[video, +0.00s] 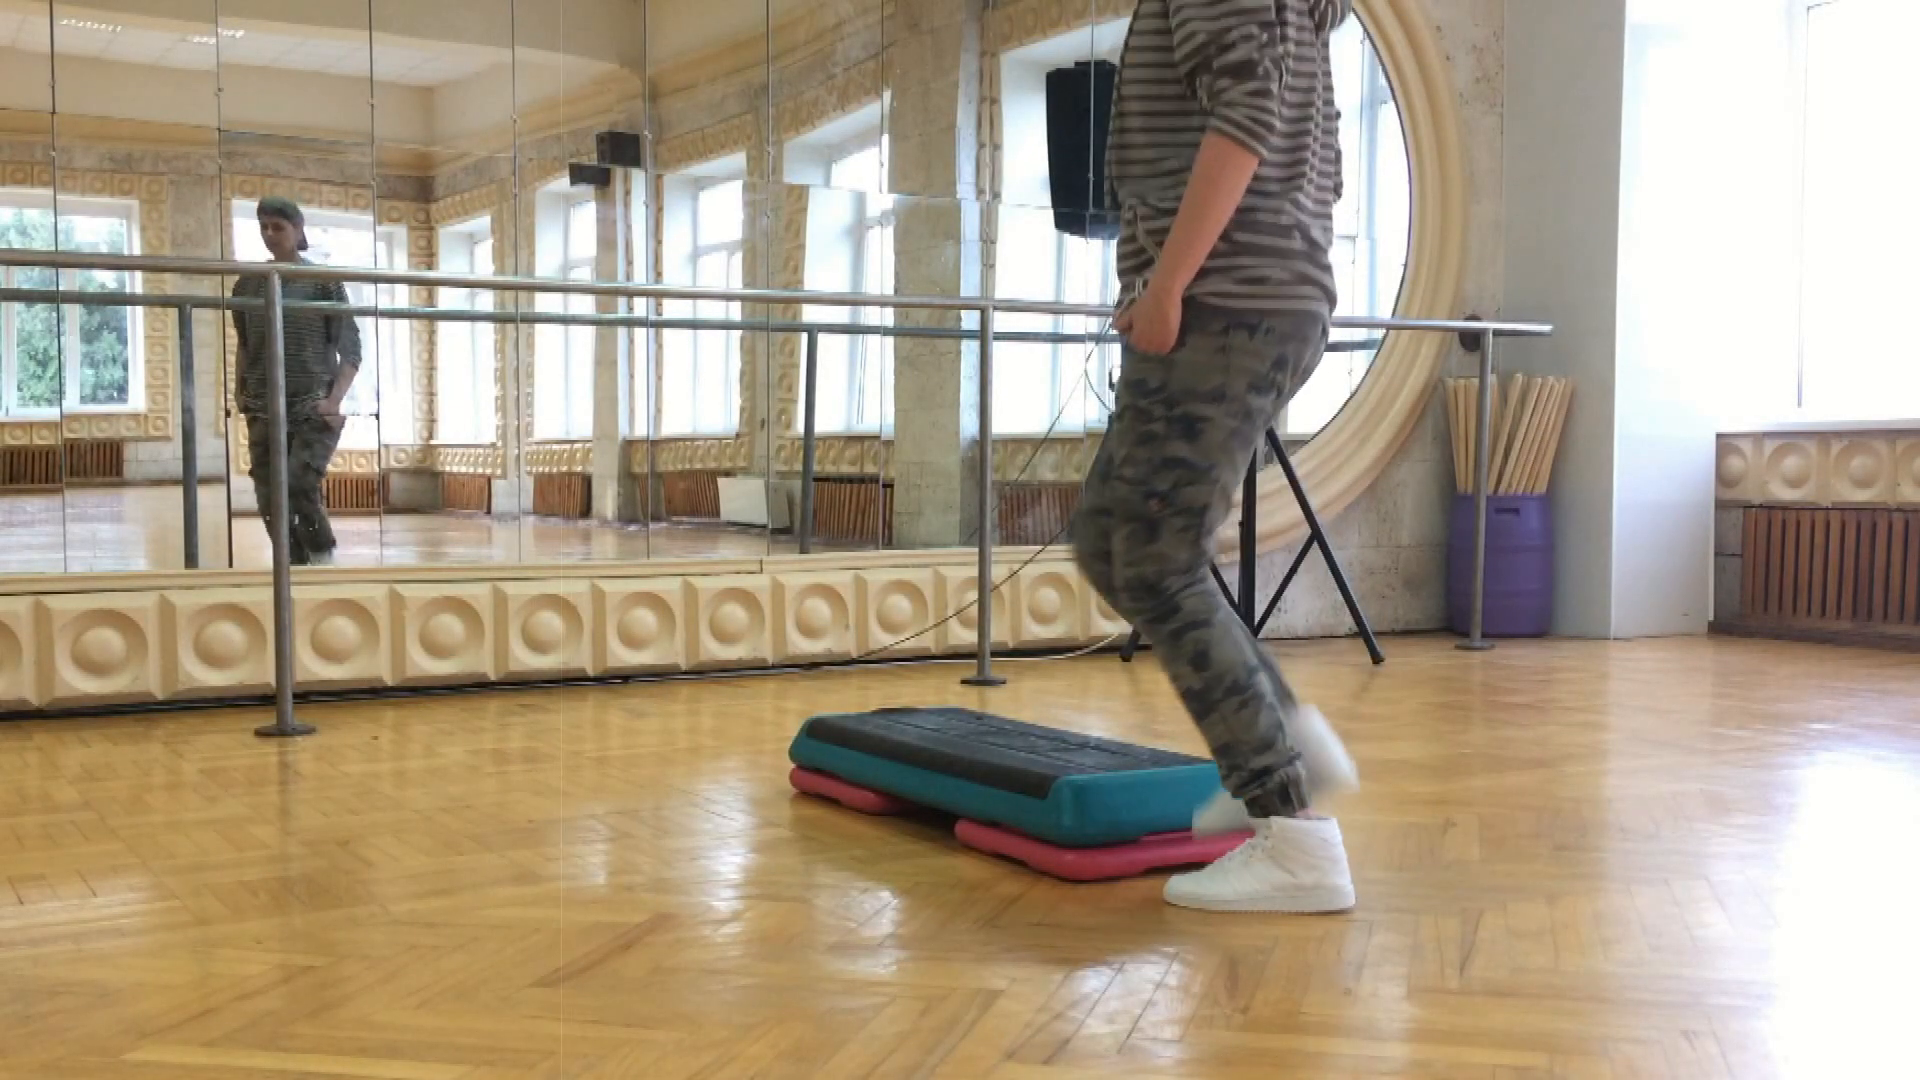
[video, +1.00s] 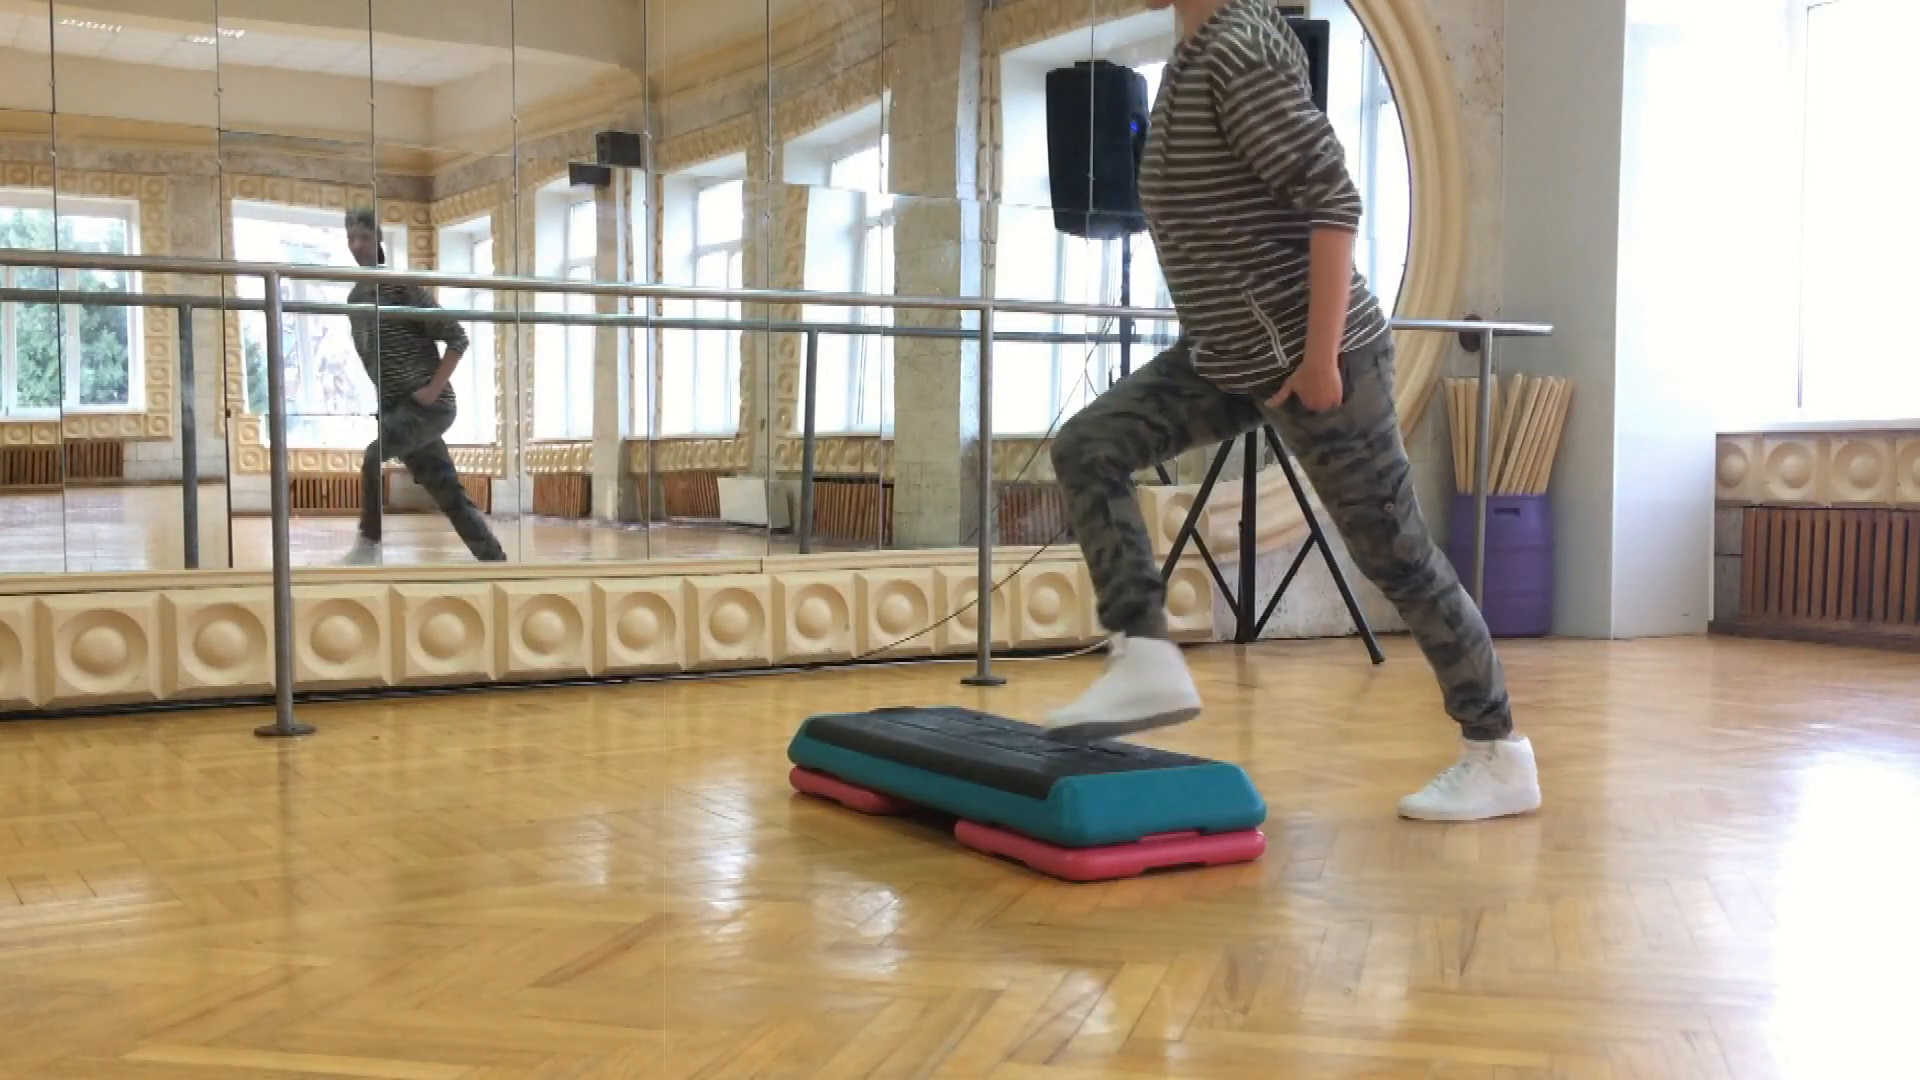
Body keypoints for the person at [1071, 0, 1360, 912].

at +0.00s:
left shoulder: (1220, 3)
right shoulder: (1291, 19)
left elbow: (1245, 119)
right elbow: (1317, 163)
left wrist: (1163, 286)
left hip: (1230, 301)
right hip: (1250, 302)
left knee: (1156, 561)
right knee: (1107, 538)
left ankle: (1294, 834)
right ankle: (1288, 736)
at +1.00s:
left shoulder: (1242, 48)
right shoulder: (1190, 63)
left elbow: (1333, 196)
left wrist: (1322, 355)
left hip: (1314, 349)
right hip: (1228, 349)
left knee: (1398, 556)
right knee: (1088, 447)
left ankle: (1499, 752)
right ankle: (1146, 660)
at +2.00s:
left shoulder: (837, 35)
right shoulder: (909, 47)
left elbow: (866, 178)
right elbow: (965, 207)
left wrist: (819, 314)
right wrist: (897, 283)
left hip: (867, 322)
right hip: (908, 320)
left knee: (792, 520)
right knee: (737, 464)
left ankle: (955, 671)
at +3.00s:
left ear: (854, 4)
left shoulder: (852, 83)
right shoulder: (754, 28)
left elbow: (830, 230)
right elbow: (672, 167)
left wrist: (852, 333)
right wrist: (721, 309)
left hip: (833, 359)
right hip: (749, 342)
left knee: (897, 550)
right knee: (817, 544)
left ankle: (695, 619)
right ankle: (781, 786)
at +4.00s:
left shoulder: (1332, 31)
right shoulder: (1141, 86)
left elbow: (1398, 162)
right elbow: (1147, 232)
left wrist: (1404, 291)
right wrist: (1166, 355)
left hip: (1349, 332)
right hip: (1227, 372)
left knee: (1396, 496)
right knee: (1272, 569)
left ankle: (1345, 715)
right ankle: (1324, 743)